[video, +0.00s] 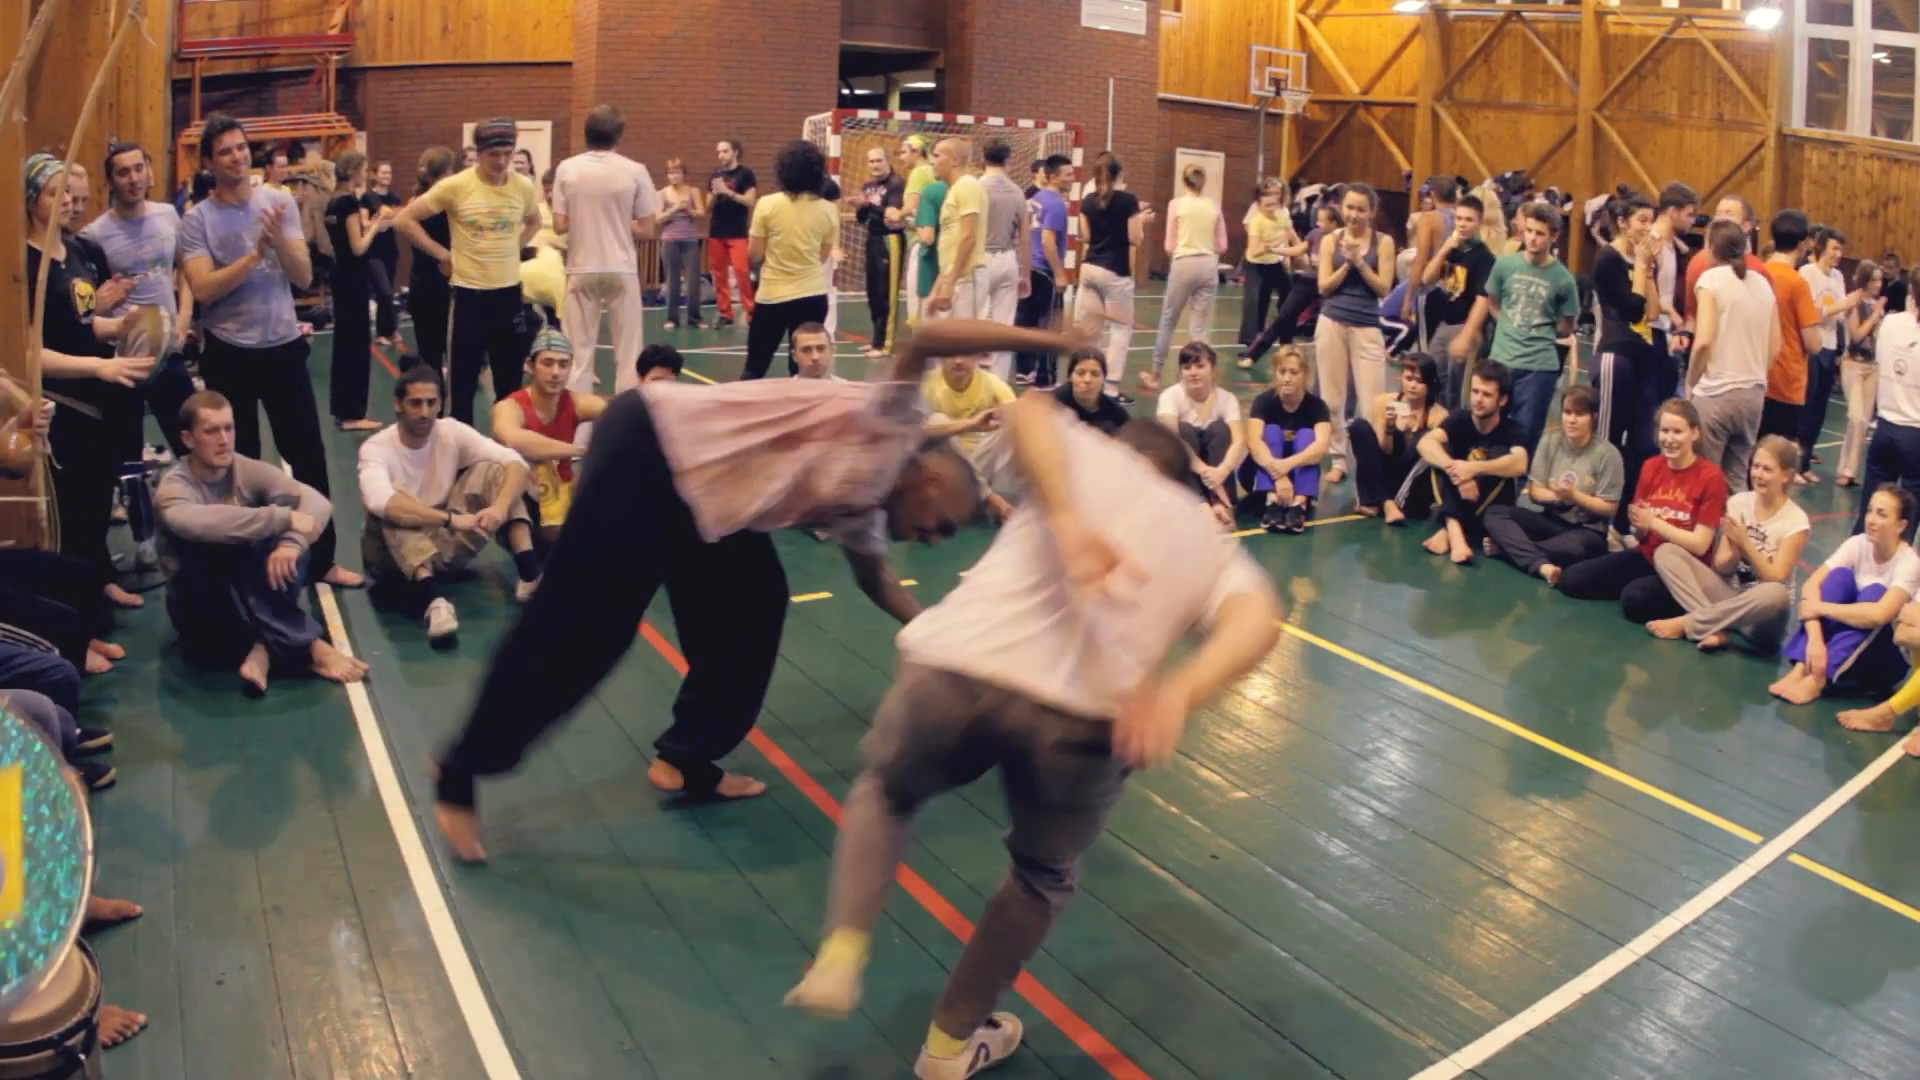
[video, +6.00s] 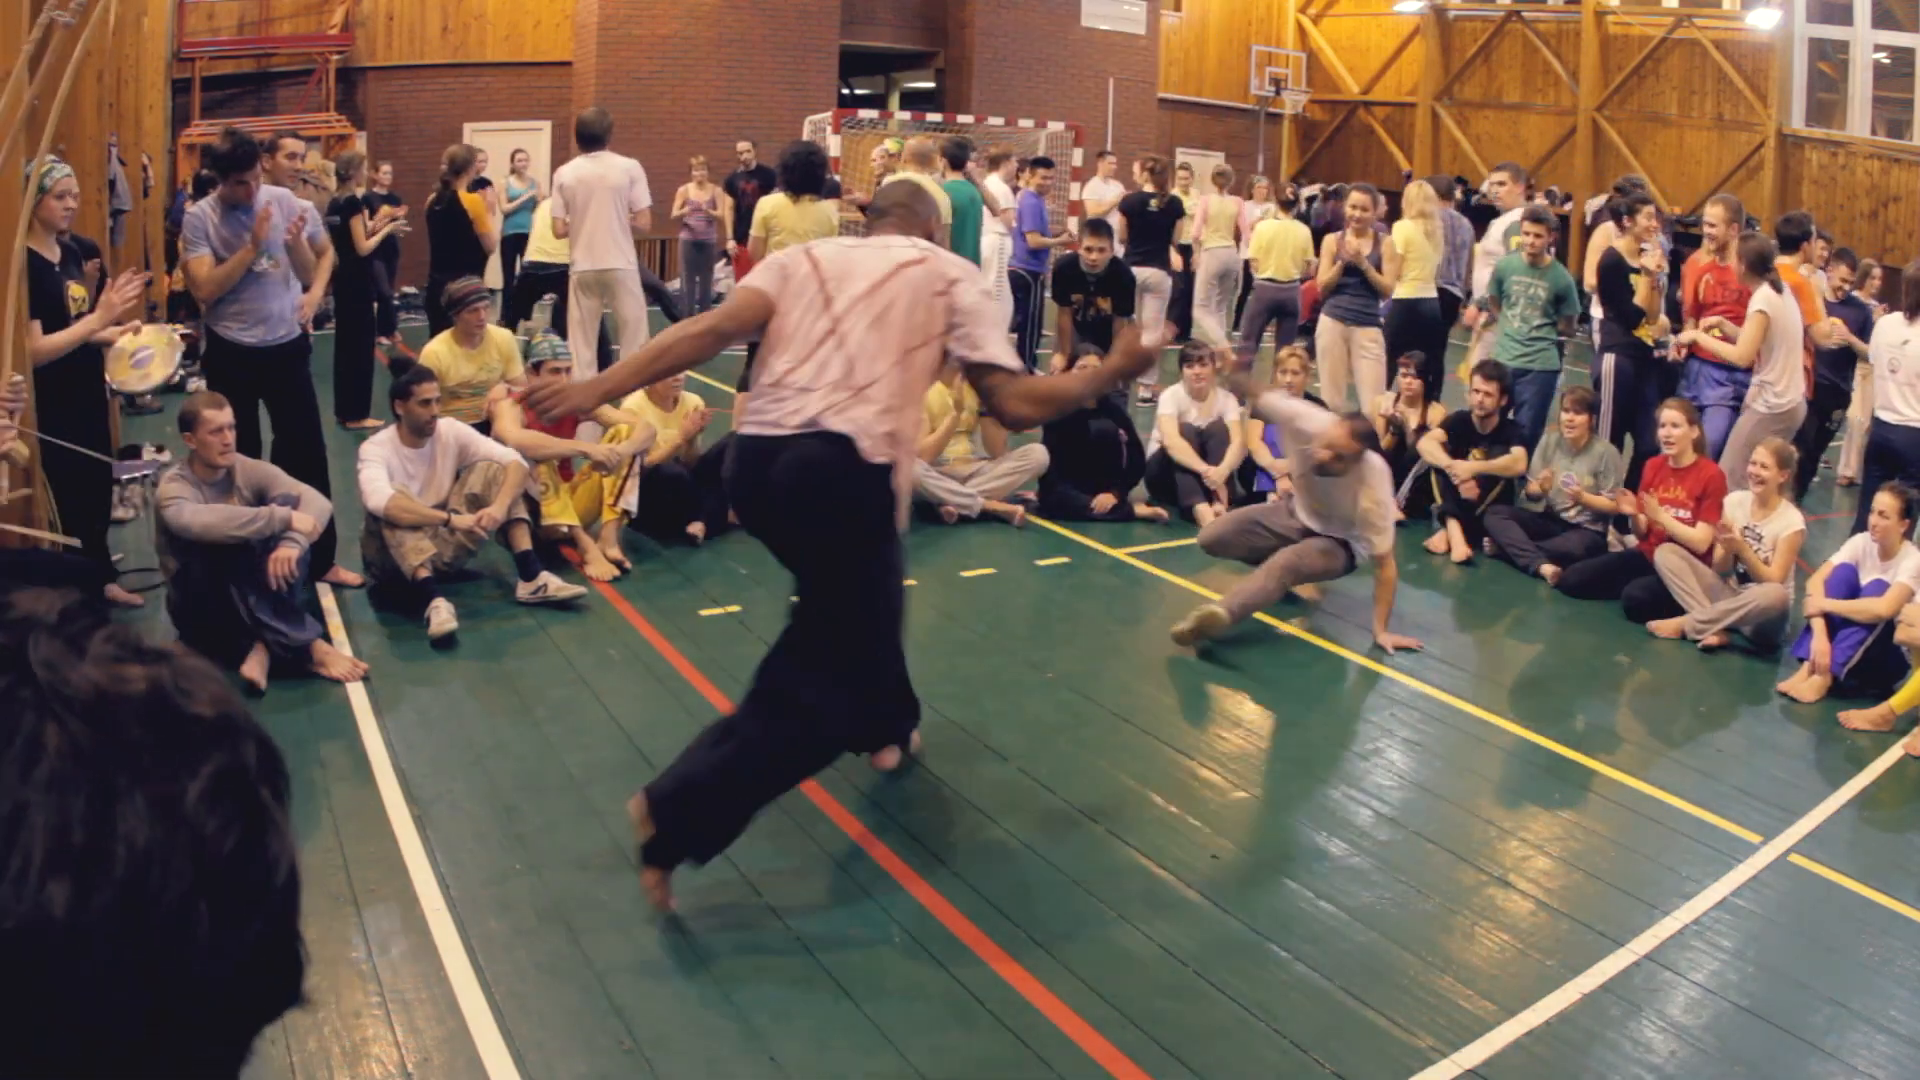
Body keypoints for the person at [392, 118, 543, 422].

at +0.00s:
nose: (501, 161)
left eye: (507, 154)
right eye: (494, 154)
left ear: (513, 153)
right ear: (478, 153)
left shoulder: (523, 187)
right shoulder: (455, 186)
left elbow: (533, 221)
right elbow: (403, 221)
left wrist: (513, 248)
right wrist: (442, 254)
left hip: (509, 294)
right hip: (469, 295)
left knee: (510, 382)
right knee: (463, 381)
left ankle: (512, 449)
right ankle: (462, 448)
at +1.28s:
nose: (484, 159)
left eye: (488, 151)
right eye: (476, 153)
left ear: (494, 151)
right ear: (459, 153)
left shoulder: (505, 187)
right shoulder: (438, 196)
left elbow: (516, 238)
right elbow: (430, 260)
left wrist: (533, 265)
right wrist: (463, 295)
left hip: (501, 297)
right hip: (458, 299)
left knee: (505, 384)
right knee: (456, 386)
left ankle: (507, 453)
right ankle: (456, 451)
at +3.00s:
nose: (495, 203)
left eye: (501, 194)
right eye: (487, 195)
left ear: (508, 191)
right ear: (471, 194)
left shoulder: (524, 220)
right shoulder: (447, 225)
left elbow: (536, 271)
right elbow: (426, 282)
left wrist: (519, 319)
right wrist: (451, 332)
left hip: (504, 314)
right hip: (459, 315)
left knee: (526, 388)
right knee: (448, 395)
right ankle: (448, 456)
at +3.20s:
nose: (497, 249)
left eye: (503, 240)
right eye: (489, 241)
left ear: (510, 237)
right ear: (474, 239)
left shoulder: (524, 263)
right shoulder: (451, 269)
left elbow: (533, 317)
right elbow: (437, 331)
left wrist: (513, 360)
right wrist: (467, 377)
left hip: (505, 348)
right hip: (460, 349)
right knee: (443, 418)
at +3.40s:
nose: (494, 290)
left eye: (500, 281)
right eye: (486, 282)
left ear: (506, 280)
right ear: (470, 282)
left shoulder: (520, 306)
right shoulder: (448, 314)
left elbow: (528, 360)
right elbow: (437, 376)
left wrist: (509, 404)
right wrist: (469, 418)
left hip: (501, 388)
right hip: (458, 390)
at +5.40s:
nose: (483, 317)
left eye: (487, 309)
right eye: (474, 310)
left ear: (491, 309)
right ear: (458, 313)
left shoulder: (504, 340)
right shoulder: (435, 352)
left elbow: (523, 387)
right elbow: (424, 402)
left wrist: (505, 388)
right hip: (450, 428)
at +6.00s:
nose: (482, 316)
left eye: (485, 308)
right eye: (474, 311)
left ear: (489, 308)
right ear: (456, 315)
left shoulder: (504, 339)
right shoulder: (434, 352)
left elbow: (521, 386)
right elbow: (421, 399)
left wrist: (504, 387)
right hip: (450, 429)